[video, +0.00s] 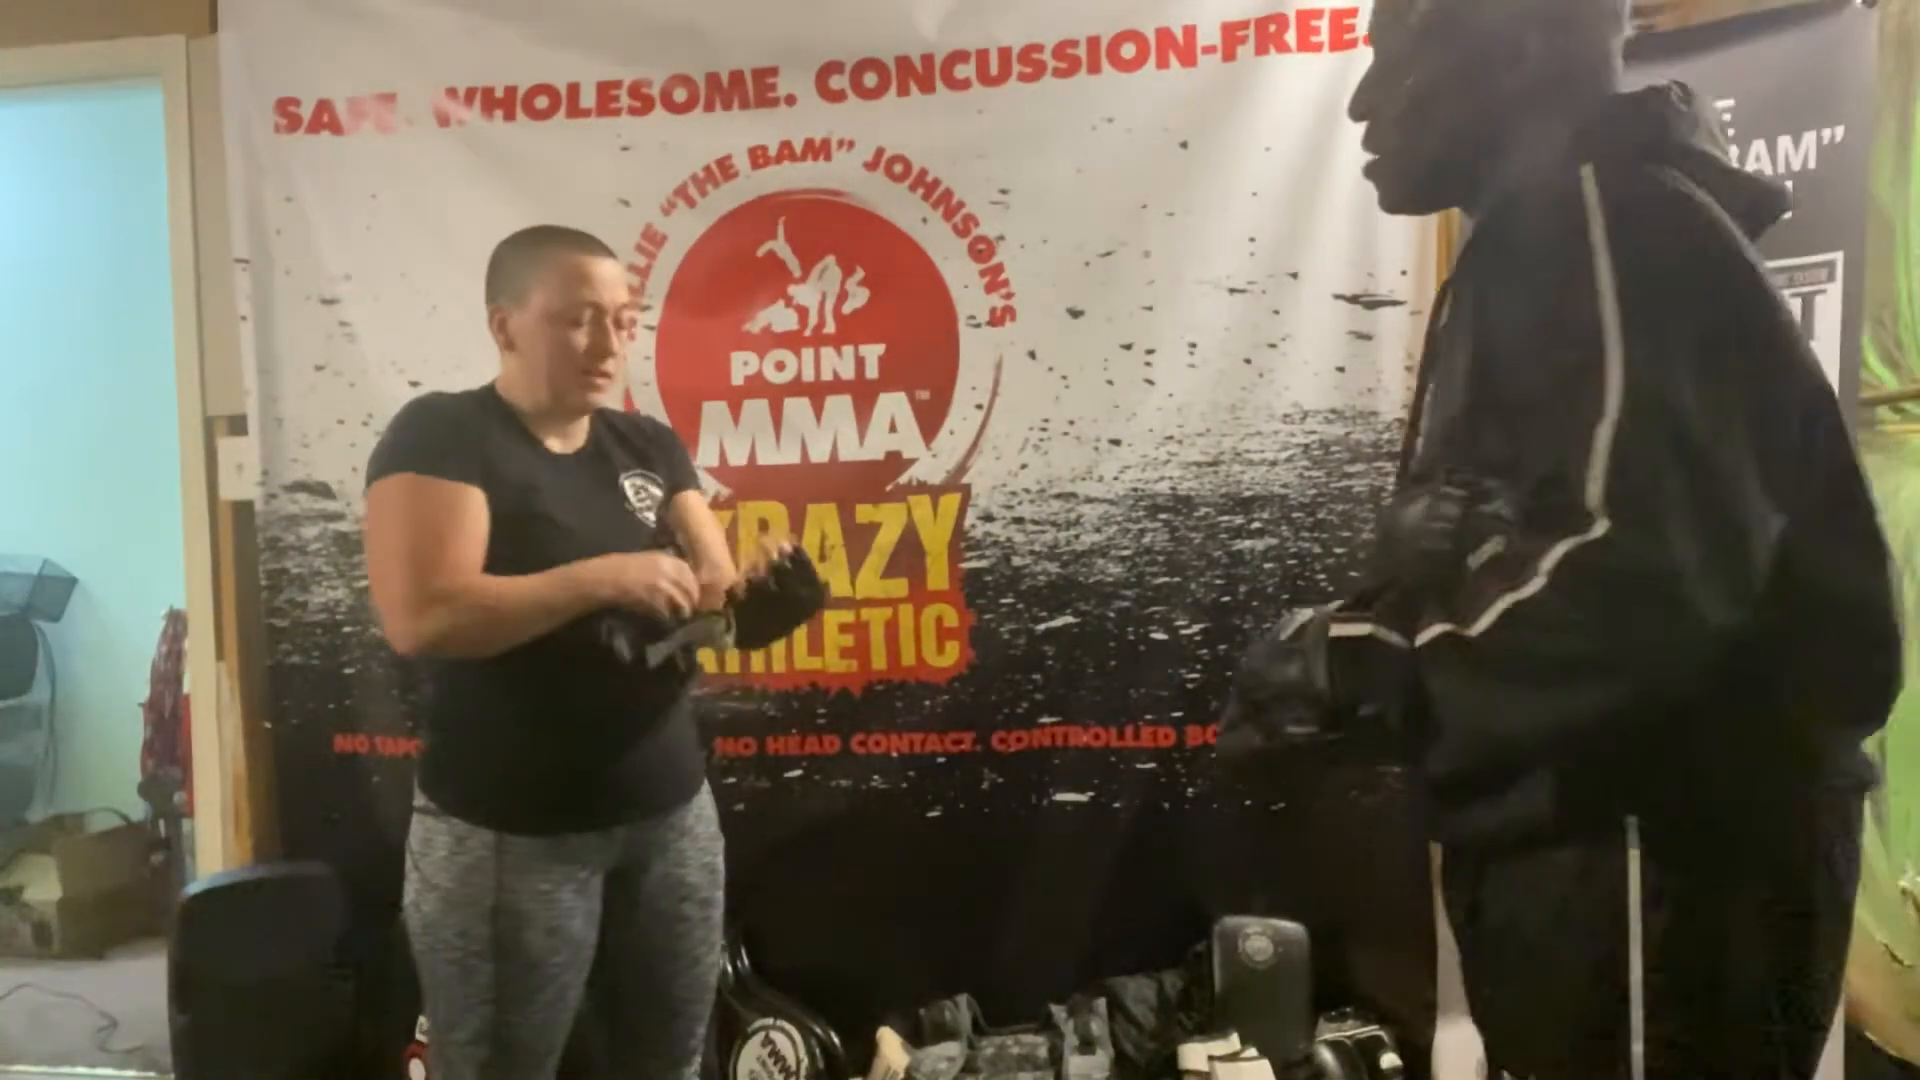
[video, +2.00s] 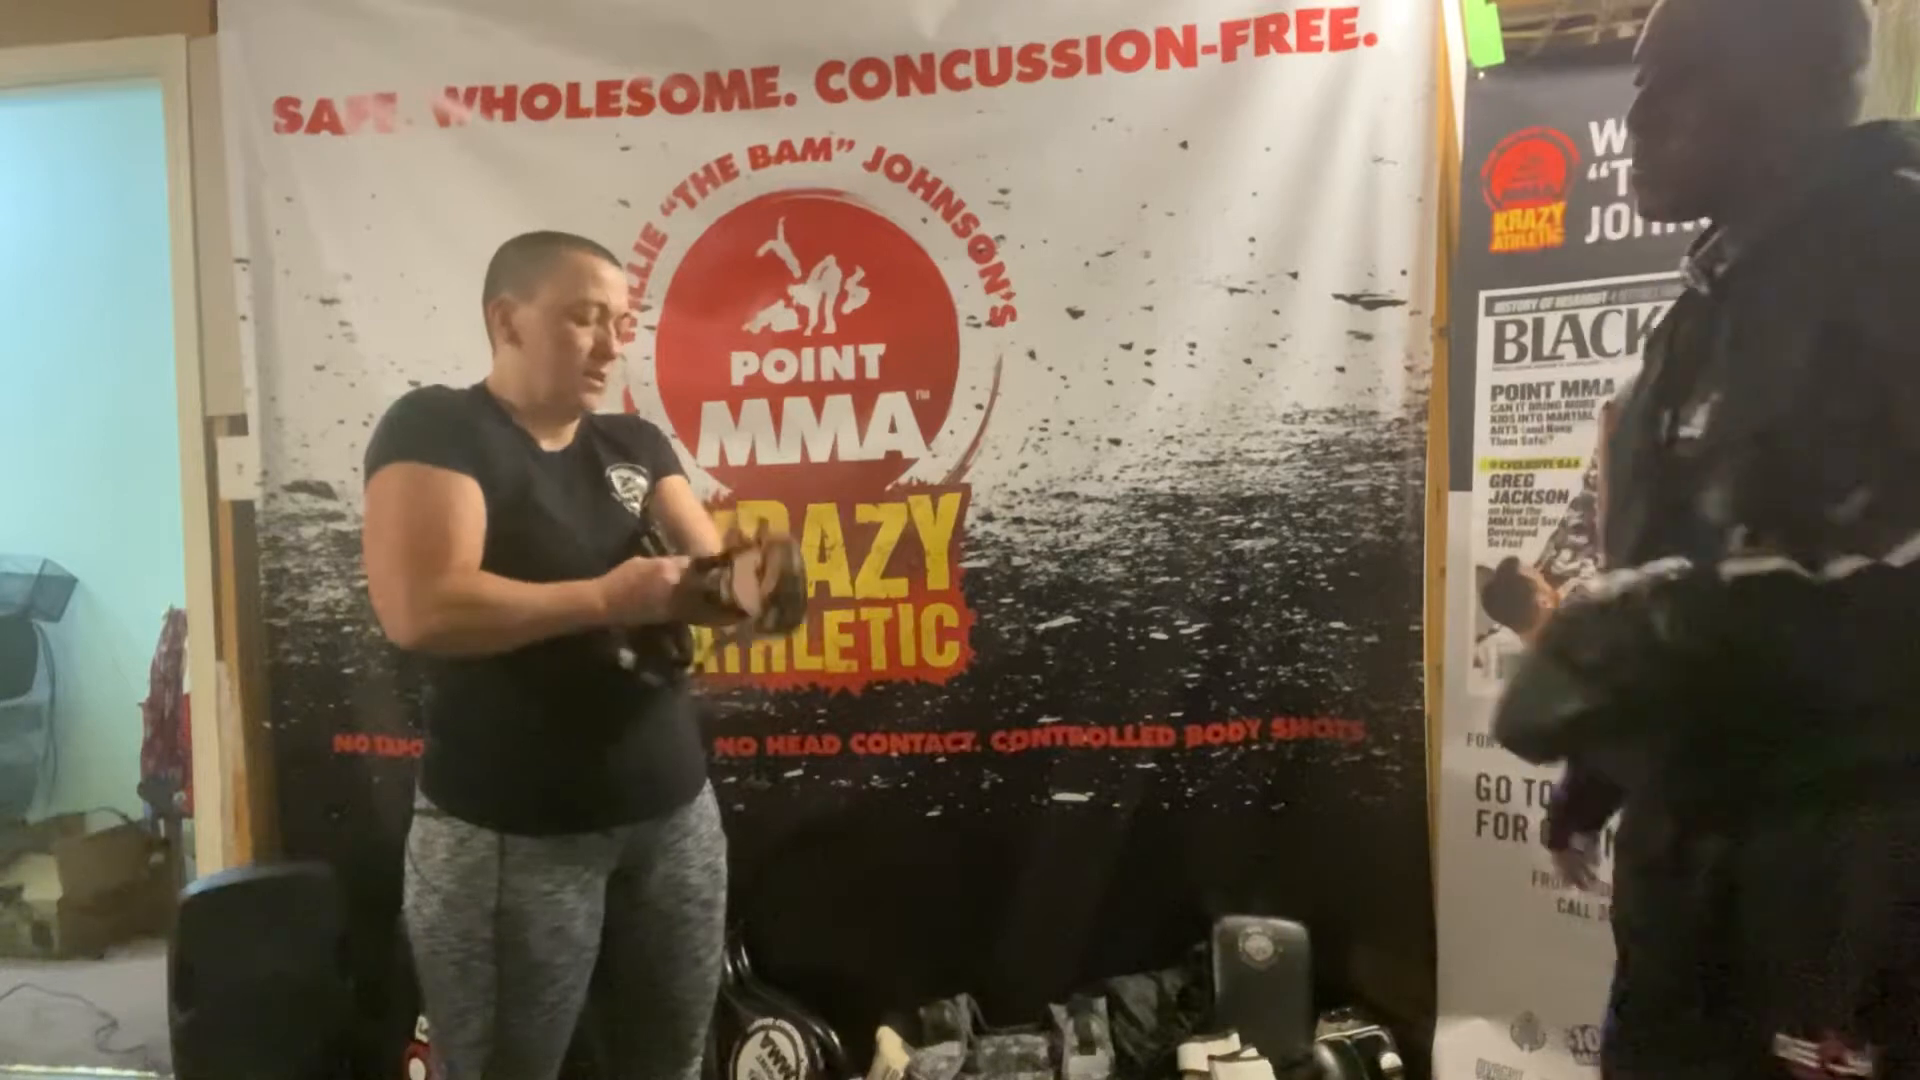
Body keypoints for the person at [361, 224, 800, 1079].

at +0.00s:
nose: (609, 343)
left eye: (622, 321)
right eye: (581, 318)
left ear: (633, 326)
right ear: (506, 326)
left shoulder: (647, 444)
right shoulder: (438, 433)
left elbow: (716, 596)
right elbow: (420, 615)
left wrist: (754, 592)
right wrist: (602, 577)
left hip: (668, 824)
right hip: (502, 842)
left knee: (662, 1065)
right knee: (496, 1069)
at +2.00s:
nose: (611, 343)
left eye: (620, 322)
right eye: (586, 316)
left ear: (628, 331)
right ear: (505, 319)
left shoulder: (634, 443)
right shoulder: (433, 428)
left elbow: (712, 571)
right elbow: (420, 608)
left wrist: (744, 579)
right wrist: (604, 598)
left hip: (672, 828)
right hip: (505, 846)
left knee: (664, 1065)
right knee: (501, 1068)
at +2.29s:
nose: (606, 344)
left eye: (616, 323)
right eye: (581, 316)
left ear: (624, 332)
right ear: (500, 318)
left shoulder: (630, 442)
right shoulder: (429, 430)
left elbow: (698, 554)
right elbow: (415, 614)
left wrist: (736, 575)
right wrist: (607, 616)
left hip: (668, 829)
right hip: (502, 846)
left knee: (661, 1066)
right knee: (497, 1067)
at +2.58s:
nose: (597, 338)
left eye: (603, 318)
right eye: (570, 312)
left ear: (610, 327)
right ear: (488, 318)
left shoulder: (628, 444)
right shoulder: (421, 437)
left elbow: (702, 593)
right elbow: (395, 624)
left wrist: (731, 556)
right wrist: (582, 621)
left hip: (662, 827)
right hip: (497, 844)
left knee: (656, 1065)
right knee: (496, 1069)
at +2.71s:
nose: (590, 337)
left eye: (598, 317)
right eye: (562, 313)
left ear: (605, 325)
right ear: (484, 320)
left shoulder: (625, 442)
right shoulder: (410, 437)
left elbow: (702, 585)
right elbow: (383, 624)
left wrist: (732, 555)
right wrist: (567, 621)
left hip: (658, 825)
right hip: (491, 843)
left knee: (655, 1066)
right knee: (495, 1068)